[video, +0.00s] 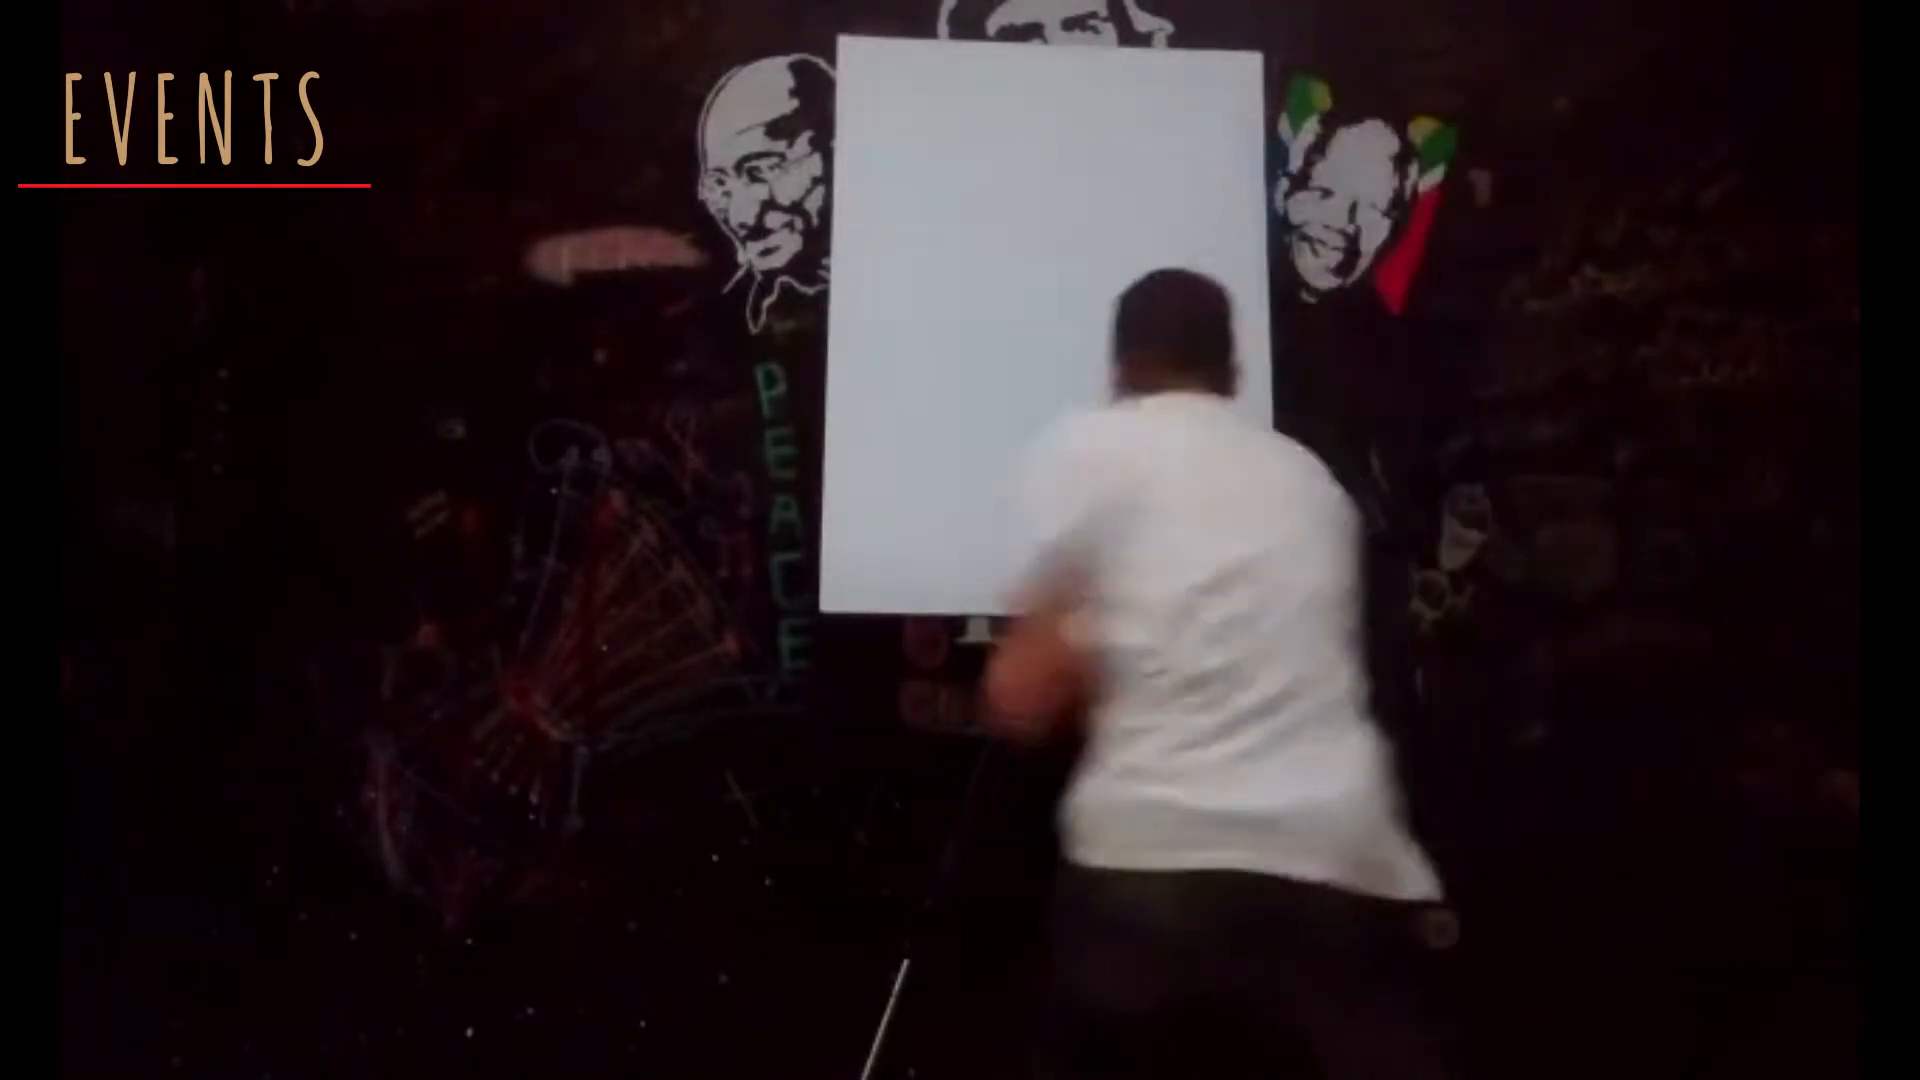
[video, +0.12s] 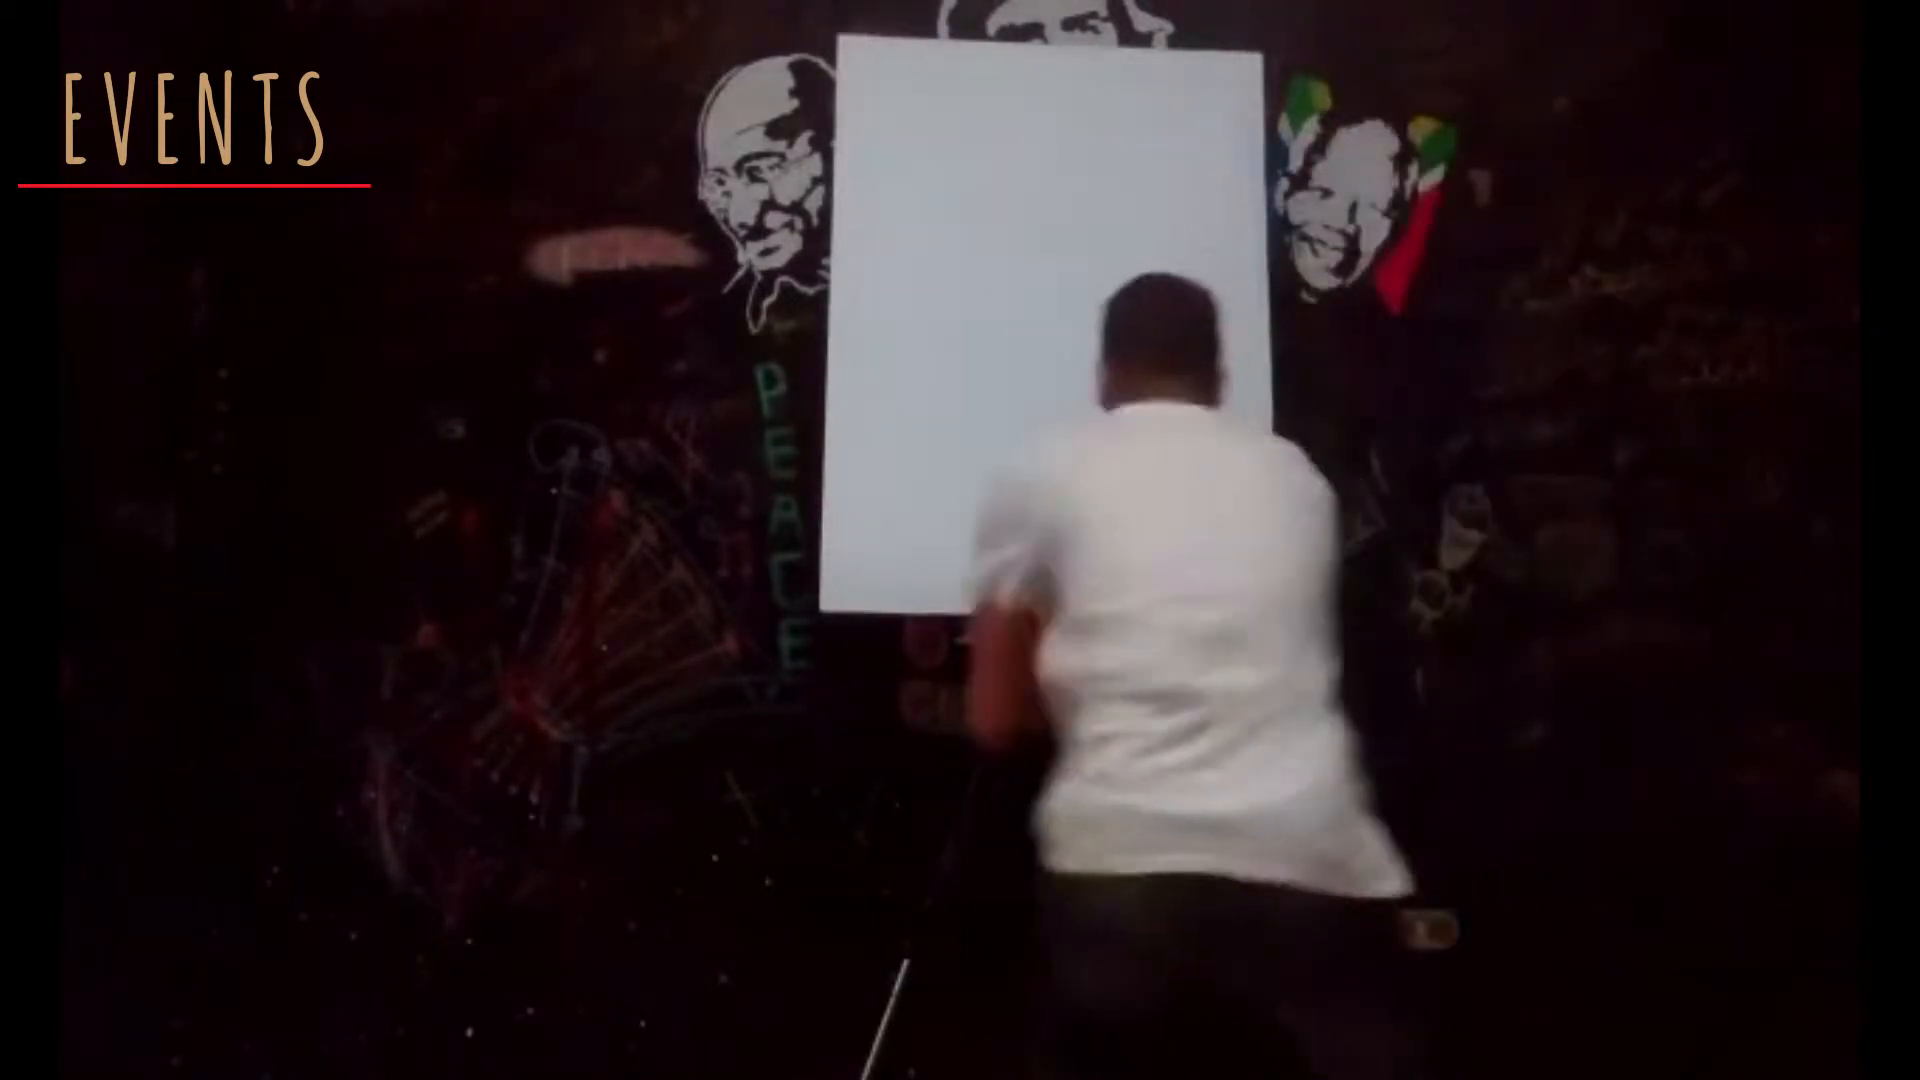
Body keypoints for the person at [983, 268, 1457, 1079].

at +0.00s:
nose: (1117, 376)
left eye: (1118, 361)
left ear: (1121, 366)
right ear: (1233, 371)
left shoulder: (1089, 447)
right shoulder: (1316, 483)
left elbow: (1021, 693)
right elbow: (1315, 669)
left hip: (1143, 871)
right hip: (1334, 878)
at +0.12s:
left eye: (1101, 369)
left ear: (1106, 376)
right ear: (1220, 380)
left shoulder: (1053, 468)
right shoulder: (1299, 478)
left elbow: (996, 713)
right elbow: (1299, 664)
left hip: (1114, 878)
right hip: (1309, 881)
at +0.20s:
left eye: (1090, 371)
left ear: (1091, 381)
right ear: (1206, 380)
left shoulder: (1018, 484)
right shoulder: (1282, 473)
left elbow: (1020, 660)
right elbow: (1288, 639)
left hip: (1080, 865)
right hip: (1276, 870)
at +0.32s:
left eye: (1097, 368)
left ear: (1095, 377)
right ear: (1208, 376)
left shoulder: (1019, 480)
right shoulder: (1278, 464)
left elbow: (1021, 622)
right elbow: (1291, 615)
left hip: (1070, 860)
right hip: (1259, 860)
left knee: (1090, 1065)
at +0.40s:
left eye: (1115, 351)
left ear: (1115, 359)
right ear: (1226, 358)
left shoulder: (1037, 457)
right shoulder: (1294, 440)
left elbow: (1041, 590)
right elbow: (1305, 579)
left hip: (1081, 826)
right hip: (1267, 827)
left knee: (1090, 1054)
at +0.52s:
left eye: (1127, 338)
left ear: (1127, 343)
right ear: (1237, 342)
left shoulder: (1059, 436)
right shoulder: (1310, 420)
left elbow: (1050, 563)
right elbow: (1330, 544)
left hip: (1107, 815)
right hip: (1296, 816)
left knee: (1110, 1055)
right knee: (1312, 1053)